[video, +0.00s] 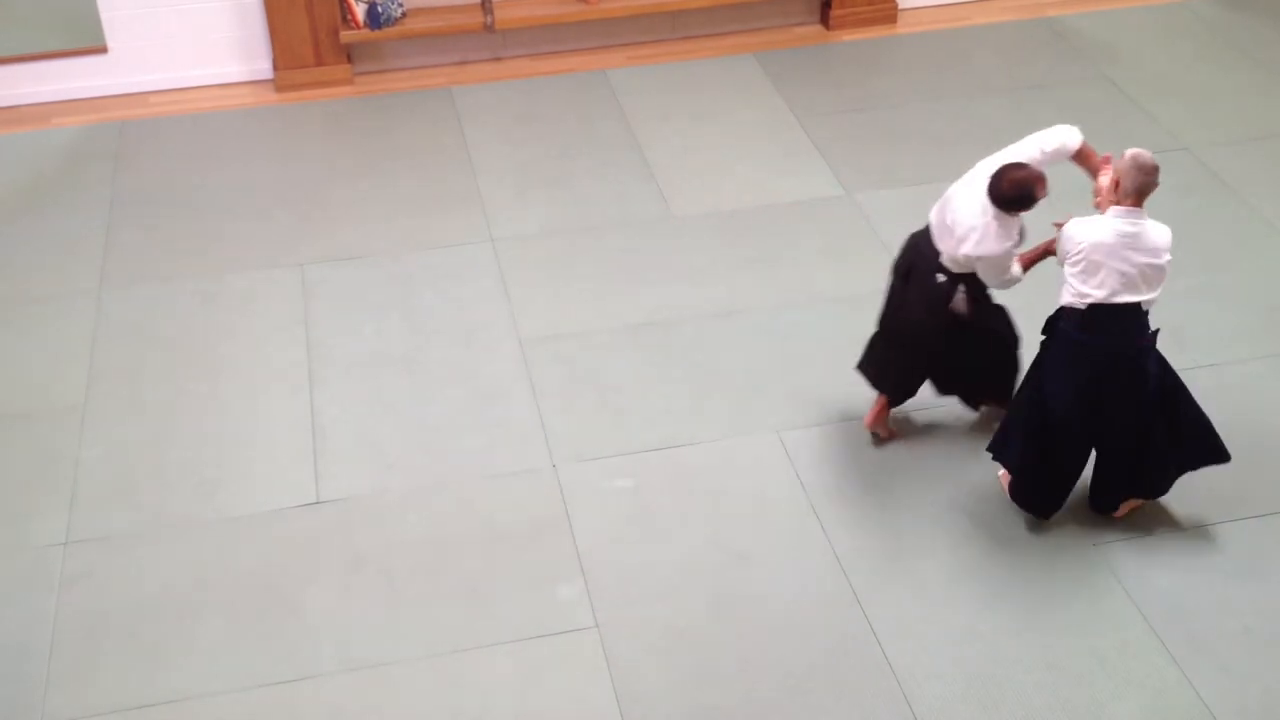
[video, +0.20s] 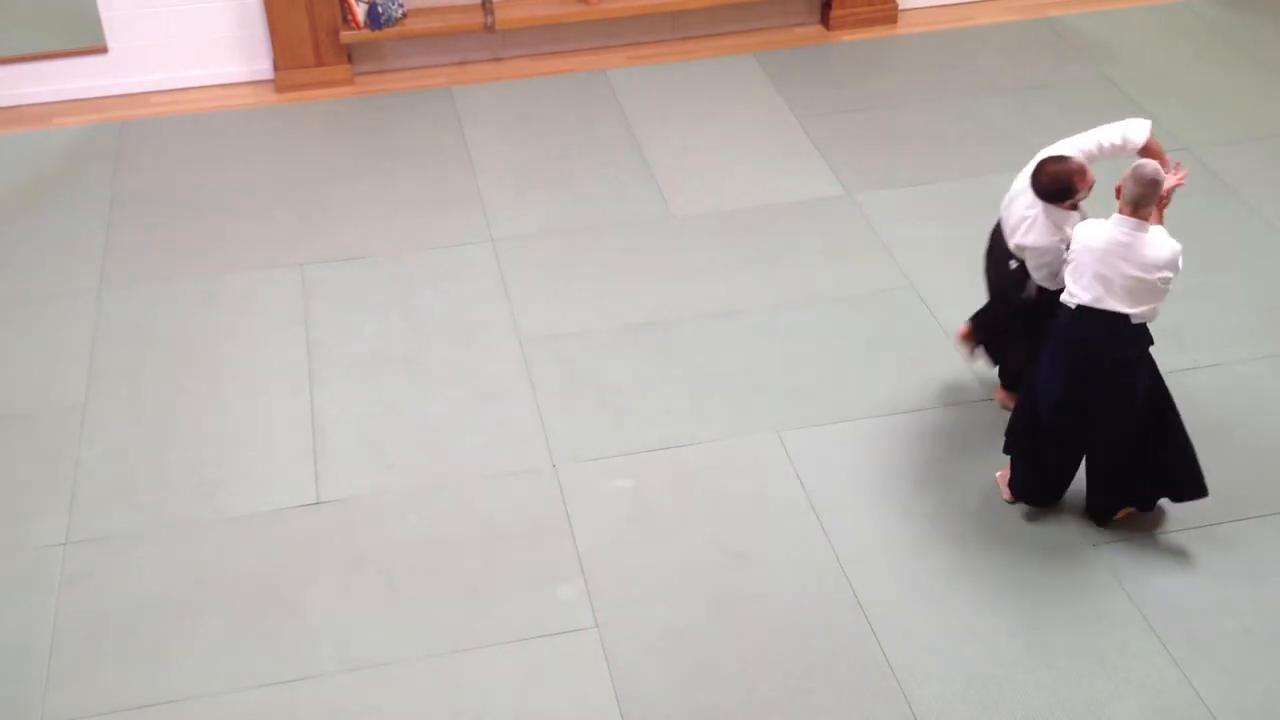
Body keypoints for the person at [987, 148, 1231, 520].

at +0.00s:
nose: (1102, 176)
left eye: (1106, 173)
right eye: (1104, 172)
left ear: (1116, 185)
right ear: (1150, 191)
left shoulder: (1079, 230)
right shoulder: (1161, 237)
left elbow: (1064, 251)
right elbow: (1125, 241)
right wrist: (1109, 209)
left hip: (1077, 336)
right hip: (1131, 339)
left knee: (1052, 409)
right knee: (1132, 419)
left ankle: (1029, 488)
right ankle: (1124, 492)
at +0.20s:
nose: (1111, 186)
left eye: (1115, 184)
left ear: (1118, 192)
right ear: (1160, 204)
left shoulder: (1085, 233)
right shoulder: (1167, 252)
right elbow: (1153, 240)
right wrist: (1159, 211)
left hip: (1075, 332)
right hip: (1126, 341)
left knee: (1053, 407)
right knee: (1122, 421)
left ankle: (1022, 483)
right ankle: (1116, 500)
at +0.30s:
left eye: (1113, 183)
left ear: (1113, 196)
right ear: (1154, 207)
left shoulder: (1082, 234)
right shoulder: (1157, 258)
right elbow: (1175, 259)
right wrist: (1171, 216)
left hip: (1065, 331)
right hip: (1117, 344)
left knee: (1037, 403)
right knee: (1117, 422)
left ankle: (1007, 481)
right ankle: (1113, 502)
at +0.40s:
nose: (1149, 206)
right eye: (1148, 202)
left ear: (1103, 199)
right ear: (1144, 210)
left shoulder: (1075, 232)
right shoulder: (1143, 260)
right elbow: (1176, 273)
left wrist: (1161, 284)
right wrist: (1179, 223)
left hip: (1055, 334)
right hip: (1105, 349)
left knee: (1029, 402)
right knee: (1109, 424)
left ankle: (1003, 478)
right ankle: (1106, 504)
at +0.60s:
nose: (1125, 195)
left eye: (1124, 190)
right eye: (1122, 193)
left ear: (1076, 195)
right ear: (1114, 205)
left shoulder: (1050, 229)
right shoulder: (1108, 259)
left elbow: (1087, 277)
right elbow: (1162, 277)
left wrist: (1140, 314)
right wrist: (1176, 227)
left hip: (1026, 327)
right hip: (1073, 344)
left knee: (1017, 403)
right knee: (1108, 416)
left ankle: (1003, 480)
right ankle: (1117, 500)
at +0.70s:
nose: (1113, 191)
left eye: (1112, 181)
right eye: (1110, 188)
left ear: (1065, 190)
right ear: (1101, 202)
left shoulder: (1039, 226)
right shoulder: (1095, 254)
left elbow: (1075, 274)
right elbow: (1152, 270)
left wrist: (1114, 313)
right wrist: (1176, 226)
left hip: (1015, 326)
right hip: (1062, 344)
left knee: (1010, 403)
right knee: (1099, 414)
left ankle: (1002, 480)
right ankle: (1108, 499)